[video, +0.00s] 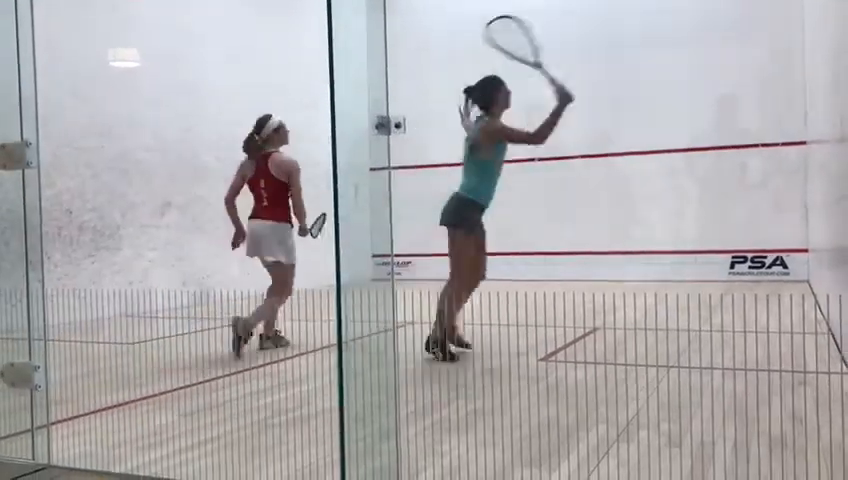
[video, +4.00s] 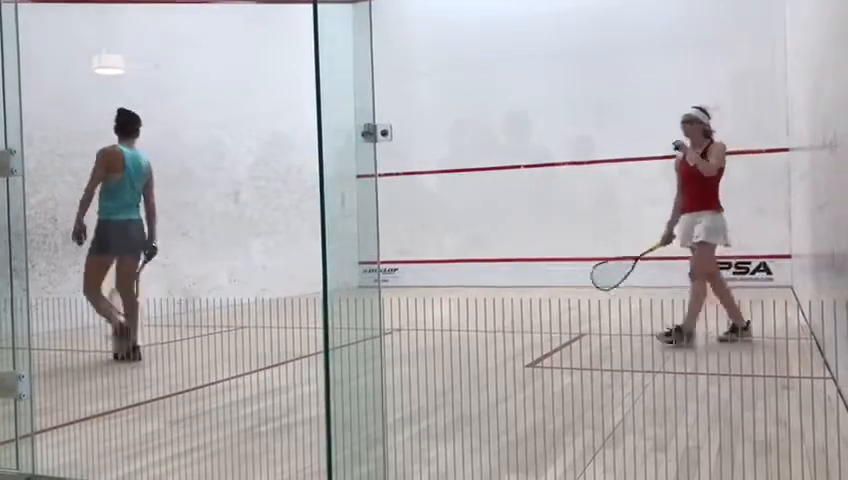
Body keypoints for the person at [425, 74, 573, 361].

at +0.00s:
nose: (510, 94)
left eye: (507, 90)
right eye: (505, 91)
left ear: (487, 99)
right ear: (495, 98)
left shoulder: (483, 127)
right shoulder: (490, 128)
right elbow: (536, 138)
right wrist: (561, 105)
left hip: (469, 211)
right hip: (464, 211)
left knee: (475, 273)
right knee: (463, 275)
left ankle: (447, 327)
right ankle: (438, 337)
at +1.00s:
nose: (729, 73)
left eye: (727, 68)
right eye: (730, 68)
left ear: (697, 67)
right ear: (727, 68)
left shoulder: (673, 96)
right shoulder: (730, 107)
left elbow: (627, 112)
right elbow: (729, 150)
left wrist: (614, 158)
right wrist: (739, 207)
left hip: (654, 193)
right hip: (695, 195)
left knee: (663, 283)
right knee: (710, 289)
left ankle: (644, 363)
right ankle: (713, 378)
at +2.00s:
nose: (485, 107)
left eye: (485, 100)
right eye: (483, 101)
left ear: (497, 92)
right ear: (507, 90)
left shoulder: (506, 118)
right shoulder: (533, 120)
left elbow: (504, 169)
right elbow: (558, 174)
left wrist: (492, 208)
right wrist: (547, 205)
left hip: (528, 211)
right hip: (543, 209)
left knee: (521, 290)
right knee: (522, 288)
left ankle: (582, 337)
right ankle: (527, 357)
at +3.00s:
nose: (288, 121)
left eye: (289, 117)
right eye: (288, 117)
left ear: (296, 116)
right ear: (311, 115)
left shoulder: (298, 138)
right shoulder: (330, 147)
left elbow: (256, 148)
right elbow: (344, 192)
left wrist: (274, 119)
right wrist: (356, 230)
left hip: (309, 223)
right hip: (329, 223)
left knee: (291, 290)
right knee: (317, 287)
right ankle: (323, 347)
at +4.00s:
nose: (122, 133)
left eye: (118, 128)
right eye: (134, 130)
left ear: (116, 130)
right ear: (138, 132)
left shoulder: (107, 155)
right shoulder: (144, 163)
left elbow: (90, 189)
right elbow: (150, 206)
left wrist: (79, 220)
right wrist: (151, 239)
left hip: (109, 230)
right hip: (135, 231)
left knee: (91, 289)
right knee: (127, 288)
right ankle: (132, 344)